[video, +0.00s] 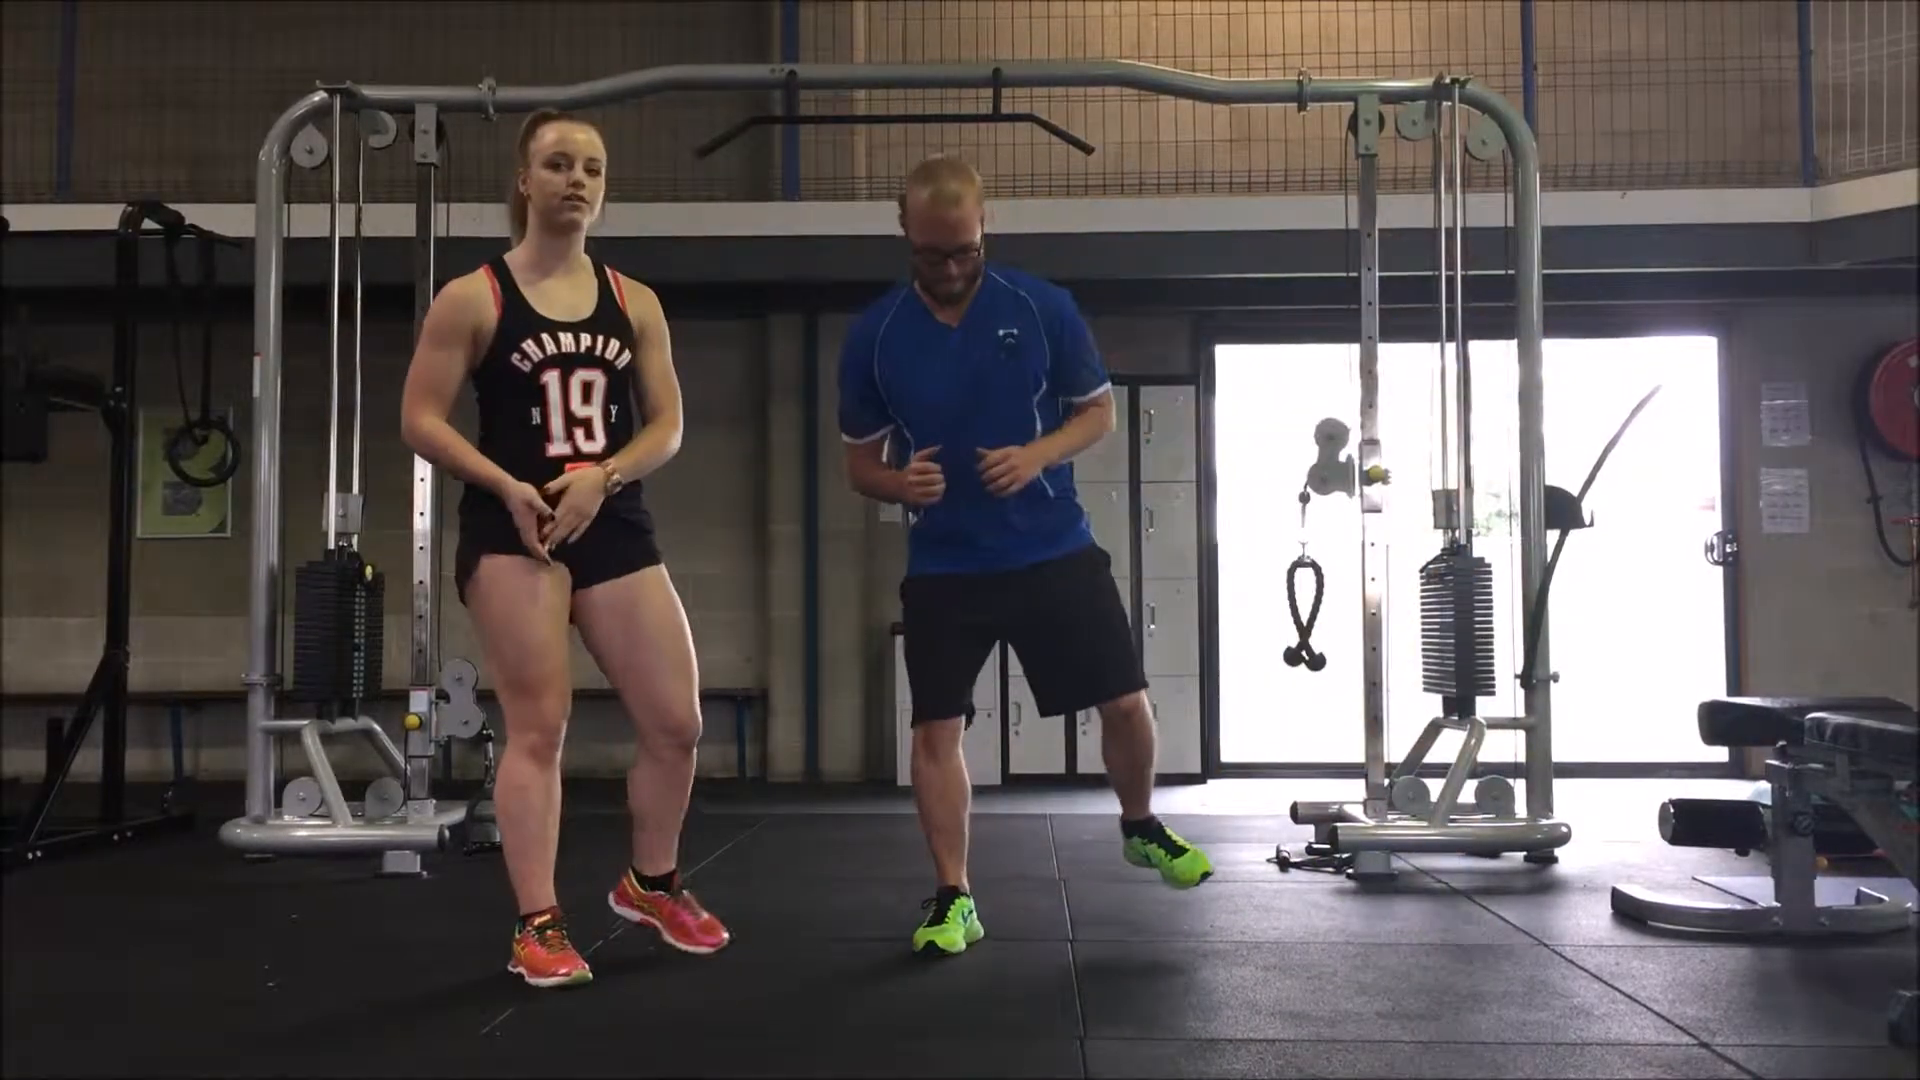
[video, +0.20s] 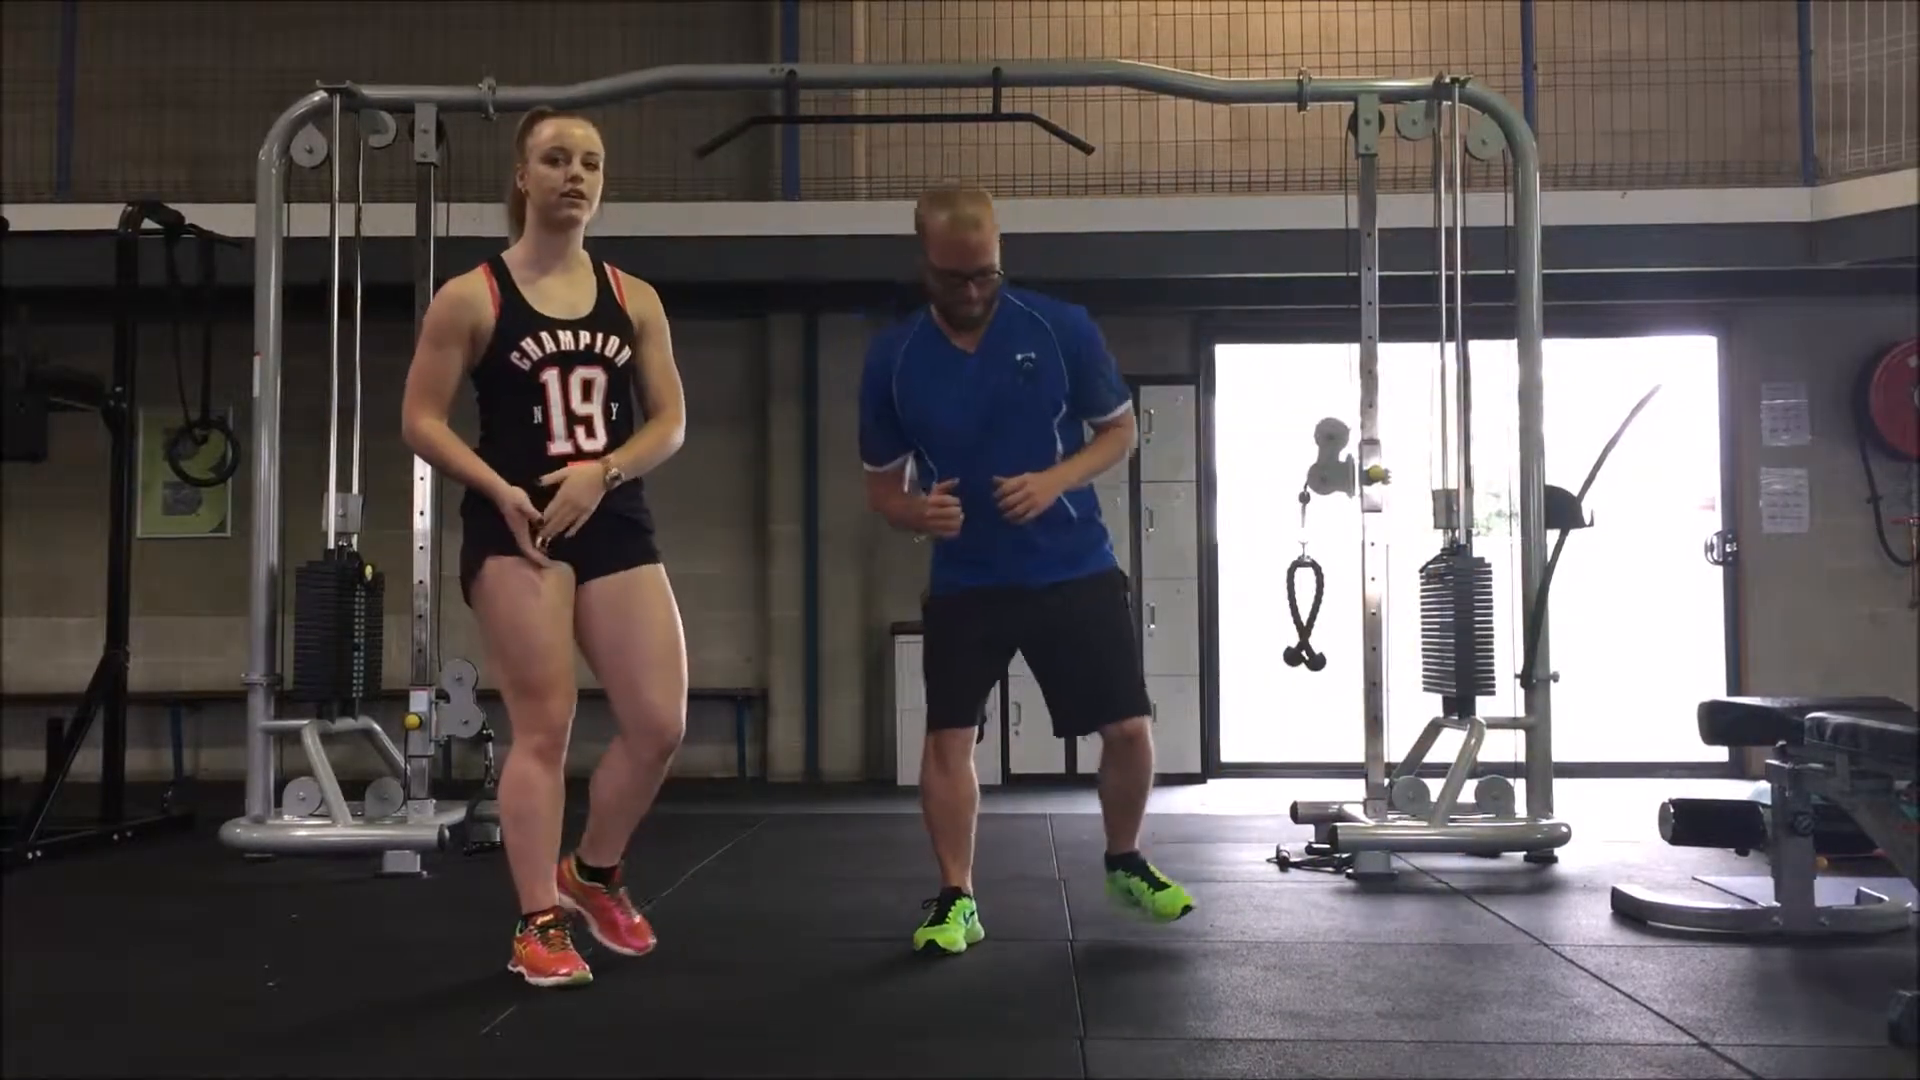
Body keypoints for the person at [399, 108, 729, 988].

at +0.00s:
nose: (575, 180)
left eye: (589, 169)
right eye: (557, 165)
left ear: (603, 189)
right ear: (522, 181)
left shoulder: (635, 303)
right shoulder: (471, 300)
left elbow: (668, 426)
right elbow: (419, 420)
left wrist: (605, 475)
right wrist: (504, 485)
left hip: (613, 527)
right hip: (511, 530)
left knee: (674, 721)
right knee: (537, 723)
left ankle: (652, 884)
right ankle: (539, 926)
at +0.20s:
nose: (572, 175)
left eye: (587, 164)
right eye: (555, 160)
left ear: (603, 187)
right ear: (520, 177)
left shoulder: (634, 299)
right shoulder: (470, 299)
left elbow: (669, 421)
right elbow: (421, 420)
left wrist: (604, 471)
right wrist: (498, 487)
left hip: (616, 525)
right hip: (516, 528)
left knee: (657, 721)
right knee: (541, 728)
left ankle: (594, 874)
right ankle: (538, 923)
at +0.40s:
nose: (581, 171)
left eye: (594, 160)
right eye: (562, 157)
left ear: (609, 185)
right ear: (525, 178)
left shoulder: (640, 297)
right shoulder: (478, 294)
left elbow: (674, 419)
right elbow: (424, 416)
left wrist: (609, 467)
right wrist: (506, 488)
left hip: (618, 527)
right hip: (518, 528)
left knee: (649, 723)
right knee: (544, 726)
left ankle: (575, 876)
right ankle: (537, 925)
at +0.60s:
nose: (598, 172)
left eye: (610, 161)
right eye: (579, 157)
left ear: (623, 184)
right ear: (538, 175)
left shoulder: (646, 295)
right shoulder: (490, 286)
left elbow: (682, 416)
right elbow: (432, 408)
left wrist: (625, 454)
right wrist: (517, 485)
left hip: (621, 529)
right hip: (524, 528)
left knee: (657, 720)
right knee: (546, 725)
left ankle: (621, 901)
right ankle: (540, 924)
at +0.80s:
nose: (630, 177)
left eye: (635, 165)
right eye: (610, 162)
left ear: (634, 181)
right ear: (559, 172)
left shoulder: (653, 292)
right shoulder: (505, 282)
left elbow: (707, 406)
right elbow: (445, 401)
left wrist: (690, 426)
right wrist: (530, 476)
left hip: (629, 523)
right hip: (533, 523)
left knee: (662, 723)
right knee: (546, 724)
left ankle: (672, 905)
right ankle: (541, 926)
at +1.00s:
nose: (654, 184)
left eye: (656, 170)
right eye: (637, 169)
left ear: (638, 182)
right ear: (586, 176)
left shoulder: (665, 294)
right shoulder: (524, 288)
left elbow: (717, 399)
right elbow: (468, 410)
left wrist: (756, 432)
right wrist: (557, 471)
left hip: (650, 529)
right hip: (555, 528)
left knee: (670, 724)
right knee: (548, 725)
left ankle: (673, 905)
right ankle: (539, 925)